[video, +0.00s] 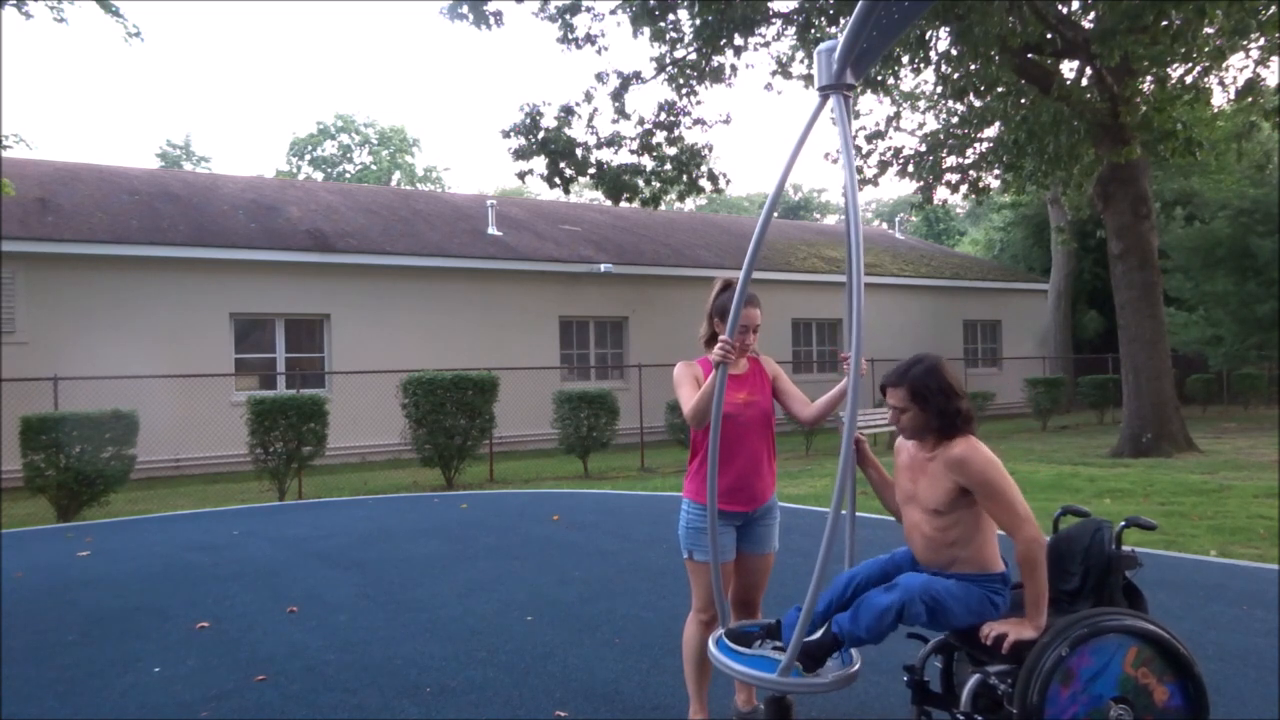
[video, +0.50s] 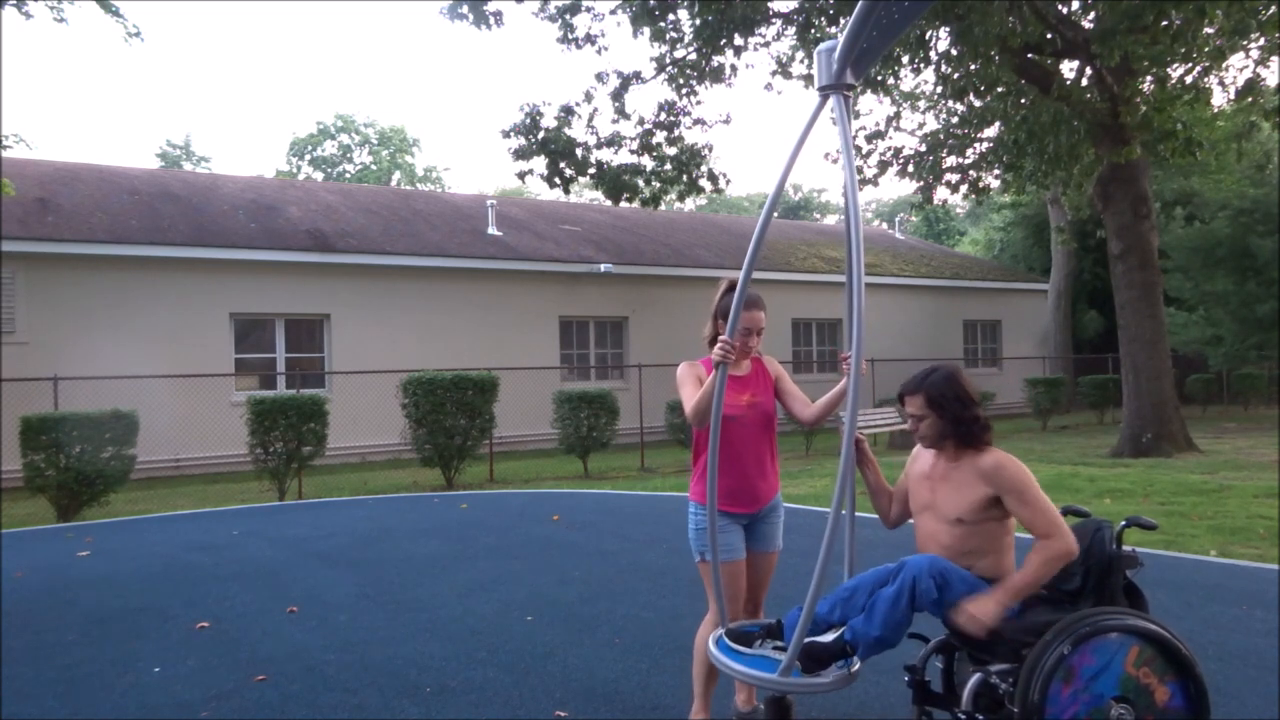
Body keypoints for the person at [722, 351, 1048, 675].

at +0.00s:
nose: (891, 418)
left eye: (898, 410)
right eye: (888, 409)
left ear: (927, 407)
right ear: (910, 407)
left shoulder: (967, 454)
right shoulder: (905, 447)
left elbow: (1029, 534)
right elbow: (903, 510)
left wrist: (1034, 620)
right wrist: (867, 461)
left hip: (976, 586)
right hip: (921, 563)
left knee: (903, 593)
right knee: (855, 580)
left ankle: (824, 644)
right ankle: (782, 631)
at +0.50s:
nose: (910, 428)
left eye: (917, 419)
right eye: (907, 419)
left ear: (948, 414)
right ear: (915, 416)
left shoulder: (997, 467)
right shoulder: (920, 455)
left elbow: (1061, 544)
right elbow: (892, 515)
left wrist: (998, 601)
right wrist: (866, 463)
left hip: (986, 594)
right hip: (932, 584)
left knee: (921, 568)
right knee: (882, 577)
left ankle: (842, 646)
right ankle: (784, 631)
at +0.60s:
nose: (919, 428)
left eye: (928, 418)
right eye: (915, 419)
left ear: (959, 414)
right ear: (915, 414)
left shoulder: (1005, 469)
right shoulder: (926, 456)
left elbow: (1041, 555)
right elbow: (893, 514)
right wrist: (867, 461)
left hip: (995, 594)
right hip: (939, 581)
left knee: (913, 573)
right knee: (882, 578)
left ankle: (841, 647)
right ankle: (784, 631)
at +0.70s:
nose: (928, 426)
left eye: (937, 418)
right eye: (925, 416)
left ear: (967, 416)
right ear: (925, 412)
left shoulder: (1008, 466)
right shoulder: (931, 456)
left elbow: (1001, 549)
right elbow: (897, 516)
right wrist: (871, 468)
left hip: (993, 594)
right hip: (937, 584)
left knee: (924, 565)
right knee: (890, 577)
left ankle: (844, 645)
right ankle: (784, 630)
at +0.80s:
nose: (936, 426)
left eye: (945, 418)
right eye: (933, 417)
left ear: (977, 416)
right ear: (933, 414)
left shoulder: (1013, 467)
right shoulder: (938, 454)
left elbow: (953, 516)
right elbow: (899, 515)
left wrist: (884, 460)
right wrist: (866, 464)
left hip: (995, 595)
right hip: (939, 585)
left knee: (923, 564)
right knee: (893, 580)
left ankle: (844, 645)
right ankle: (785, 630)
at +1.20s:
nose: (950, 430)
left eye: (960, 423)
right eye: (947, 420)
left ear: (993, 421)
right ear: (946, 413)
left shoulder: (1022, 470)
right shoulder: (949, 456)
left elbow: (943, 484)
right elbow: (920, 529)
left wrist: (878, 424)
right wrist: (876, 482)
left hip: (998, 597)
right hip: (945, 583)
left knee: (925, 565)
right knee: (892, 584)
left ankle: (846, 643)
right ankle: (789, 629)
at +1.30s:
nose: (952, 431)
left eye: (963, 423)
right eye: (949, 421)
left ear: (996, 422)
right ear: (947, 414)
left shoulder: (1024, 471)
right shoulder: (950, 459)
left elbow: (943, 483)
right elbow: (928, 534)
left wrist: (880, 423)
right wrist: (879, 520)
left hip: (998, 598)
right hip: (945, 584)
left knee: (926, 567)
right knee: (889, 586)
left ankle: (847, 644)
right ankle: (788, 630)